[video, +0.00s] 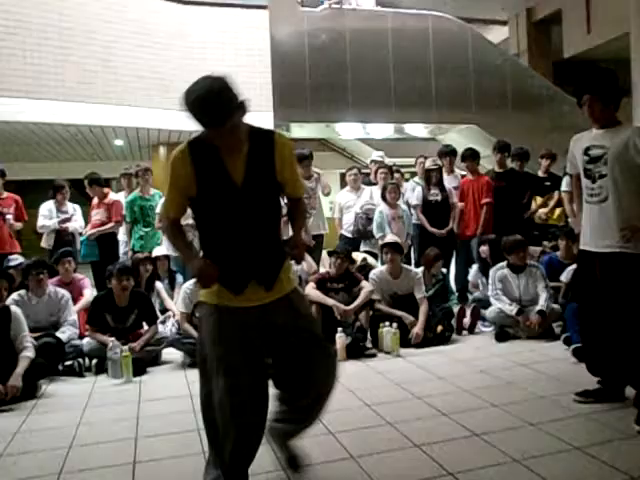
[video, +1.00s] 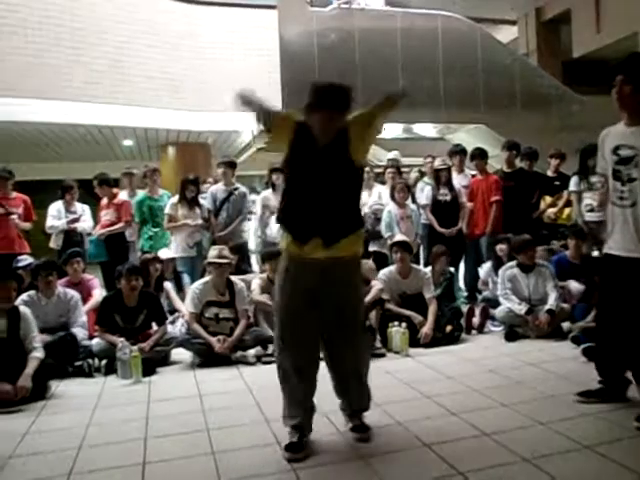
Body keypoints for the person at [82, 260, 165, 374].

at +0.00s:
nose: (124, 284)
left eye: (128, 280)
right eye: (119, 280)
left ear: (133, 282)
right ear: (110, 283)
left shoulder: (141, 297)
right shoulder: (100, 301)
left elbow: (154, 326)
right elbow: (91, 332)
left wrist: (139, 344)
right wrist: (107, 340)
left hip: (135, 340)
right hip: (112, 342)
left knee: (164, 338)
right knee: (88, 346)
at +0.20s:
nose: (124, 284)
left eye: (128, 280)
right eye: (119, 280)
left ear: (133, 282)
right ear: (110, 283)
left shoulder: (141, 297)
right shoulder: (100, 300)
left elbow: (154, 326)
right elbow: (91, 332)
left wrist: (139, 344)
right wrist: (107, 340)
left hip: (135, 340)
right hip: (111, 342)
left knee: (163, 338)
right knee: (88, 346)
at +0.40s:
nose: (124, 284)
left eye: (127, 279)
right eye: (119, 280)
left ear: (132, 282)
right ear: (109, 283)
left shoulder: (140, 297)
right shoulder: (99, 301)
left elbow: (153, 327)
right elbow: (91, 332)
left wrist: (138, 344)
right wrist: (106, 340)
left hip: (135, 340)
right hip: (111, 342)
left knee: (163, 338)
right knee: (87, 346)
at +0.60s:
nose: (123, 284)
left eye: (127, 279)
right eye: (118, 280)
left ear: (132, 282)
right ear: (109, 283)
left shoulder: (140, 298)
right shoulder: (99, 301)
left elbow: (152, 327)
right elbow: (91, 332)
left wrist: (138, 344)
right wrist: (106, 341)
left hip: (134, 339)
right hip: (110, 341)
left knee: (162, 339)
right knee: (87, 346)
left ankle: (110, 363)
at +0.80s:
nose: (123, 284)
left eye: (126, 279)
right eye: (118, 280)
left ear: (131, 282)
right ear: (109, 283)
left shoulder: (139, 297)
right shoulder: (99, 300)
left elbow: (153, 327)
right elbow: (91, 332)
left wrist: (138, 344)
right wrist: (106, 340)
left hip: (134, 339)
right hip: (110, 341)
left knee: (162, 338)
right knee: (86, 346)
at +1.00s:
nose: (133, 284)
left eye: (137, 280)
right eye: (128, 280)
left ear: (142, 282)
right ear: (119, 283)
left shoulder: (150, 298)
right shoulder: (109, 301)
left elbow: (163, 326)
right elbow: (101, 332)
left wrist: (149, 344)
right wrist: (117, 341)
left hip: (145, 340)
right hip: (120, 342)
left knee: (172, 338)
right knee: (97, 347)